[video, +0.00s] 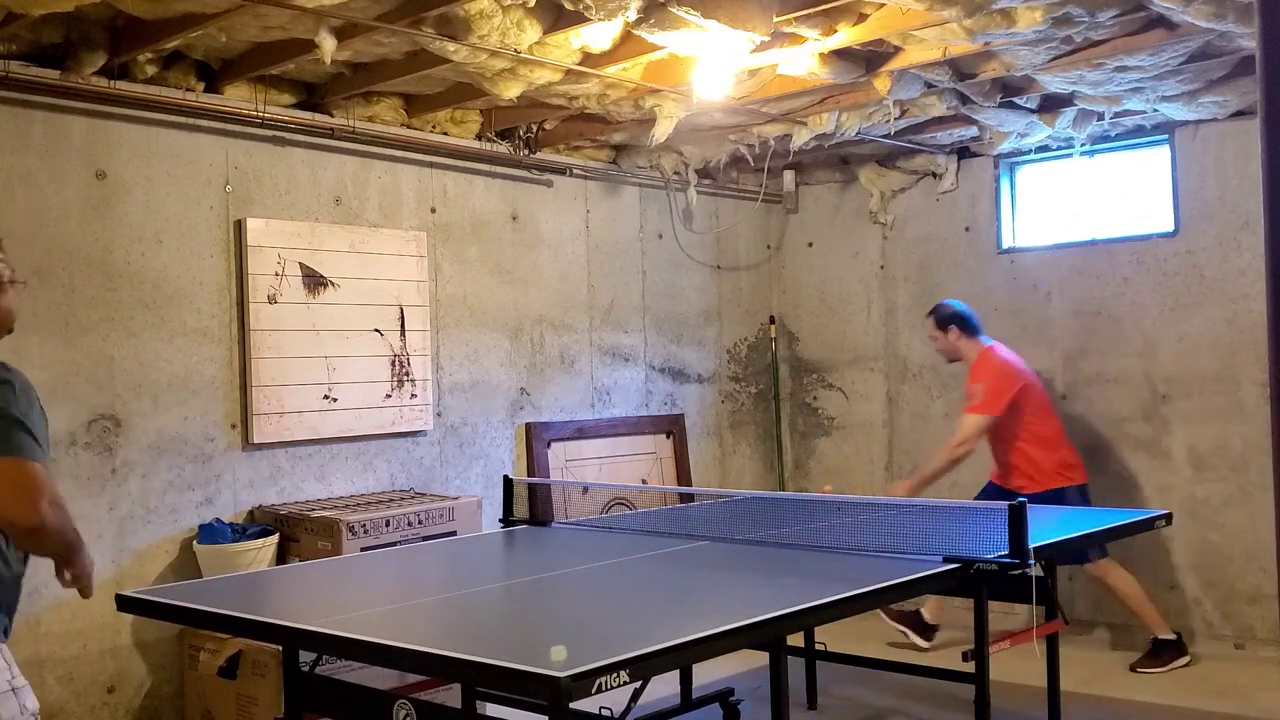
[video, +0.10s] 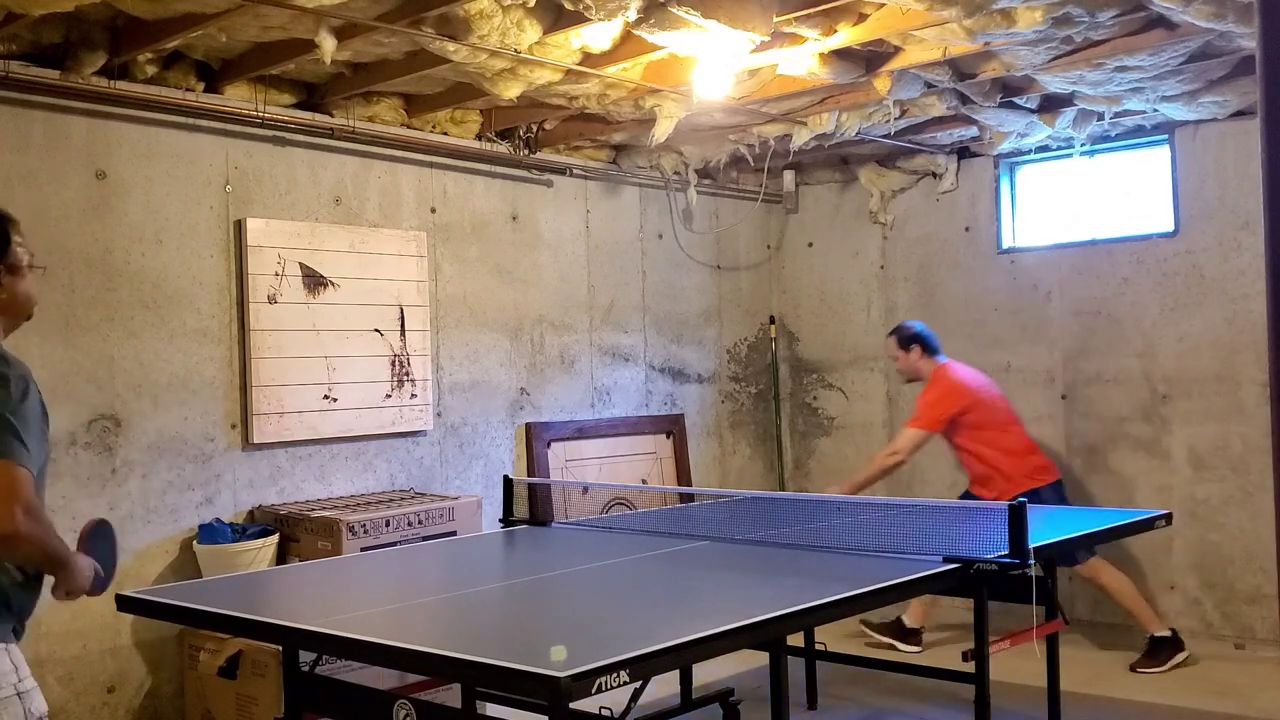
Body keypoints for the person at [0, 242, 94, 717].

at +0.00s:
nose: (15, 291)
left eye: (11, 281)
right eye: (8, 281)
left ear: (7, 288)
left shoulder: (10, 384)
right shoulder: (7, 384)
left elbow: (23, 507)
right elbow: (25, 510)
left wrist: (66, 550)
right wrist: (70, 551)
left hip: (3, 639)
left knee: (23, 705)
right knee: (23, 707)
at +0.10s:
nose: (35, 283)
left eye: (30, 266)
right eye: (26, 266)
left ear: (6, 271)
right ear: (3, 272)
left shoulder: (11, 378)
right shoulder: (9, 377)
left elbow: (12, 516)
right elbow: (14, 519)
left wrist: (55, 559)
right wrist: (67, 565)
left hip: (3, 637)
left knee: (29, 707)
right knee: (28, 709)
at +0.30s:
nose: (50, 259)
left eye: (45, 243)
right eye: (41, 243)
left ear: (10, 253)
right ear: (10, 253)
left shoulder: (13, 354)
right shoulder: (10, 361)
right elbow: (14, 521)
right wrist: (87, 622)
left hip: (5, 634)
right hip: (3, 638)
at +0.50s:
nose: (29, 250)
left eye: (22, 232)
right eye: (18, 233)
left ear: (11, 237)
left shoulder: (8, 363)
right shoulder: (3, 365)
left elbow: (8, 515)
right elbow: (3, 515)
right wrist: (64, 651)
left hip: (7, 642)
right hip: (2, 647)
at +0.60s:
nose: (8, 258)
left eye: (8, 247)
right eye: (6, 247)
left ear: (8, 255)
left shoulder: (7, 397)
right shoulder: (5, 397)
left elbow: (8, 535)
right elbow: (4, 542)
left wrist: (27, 661)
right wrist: (30, 660)